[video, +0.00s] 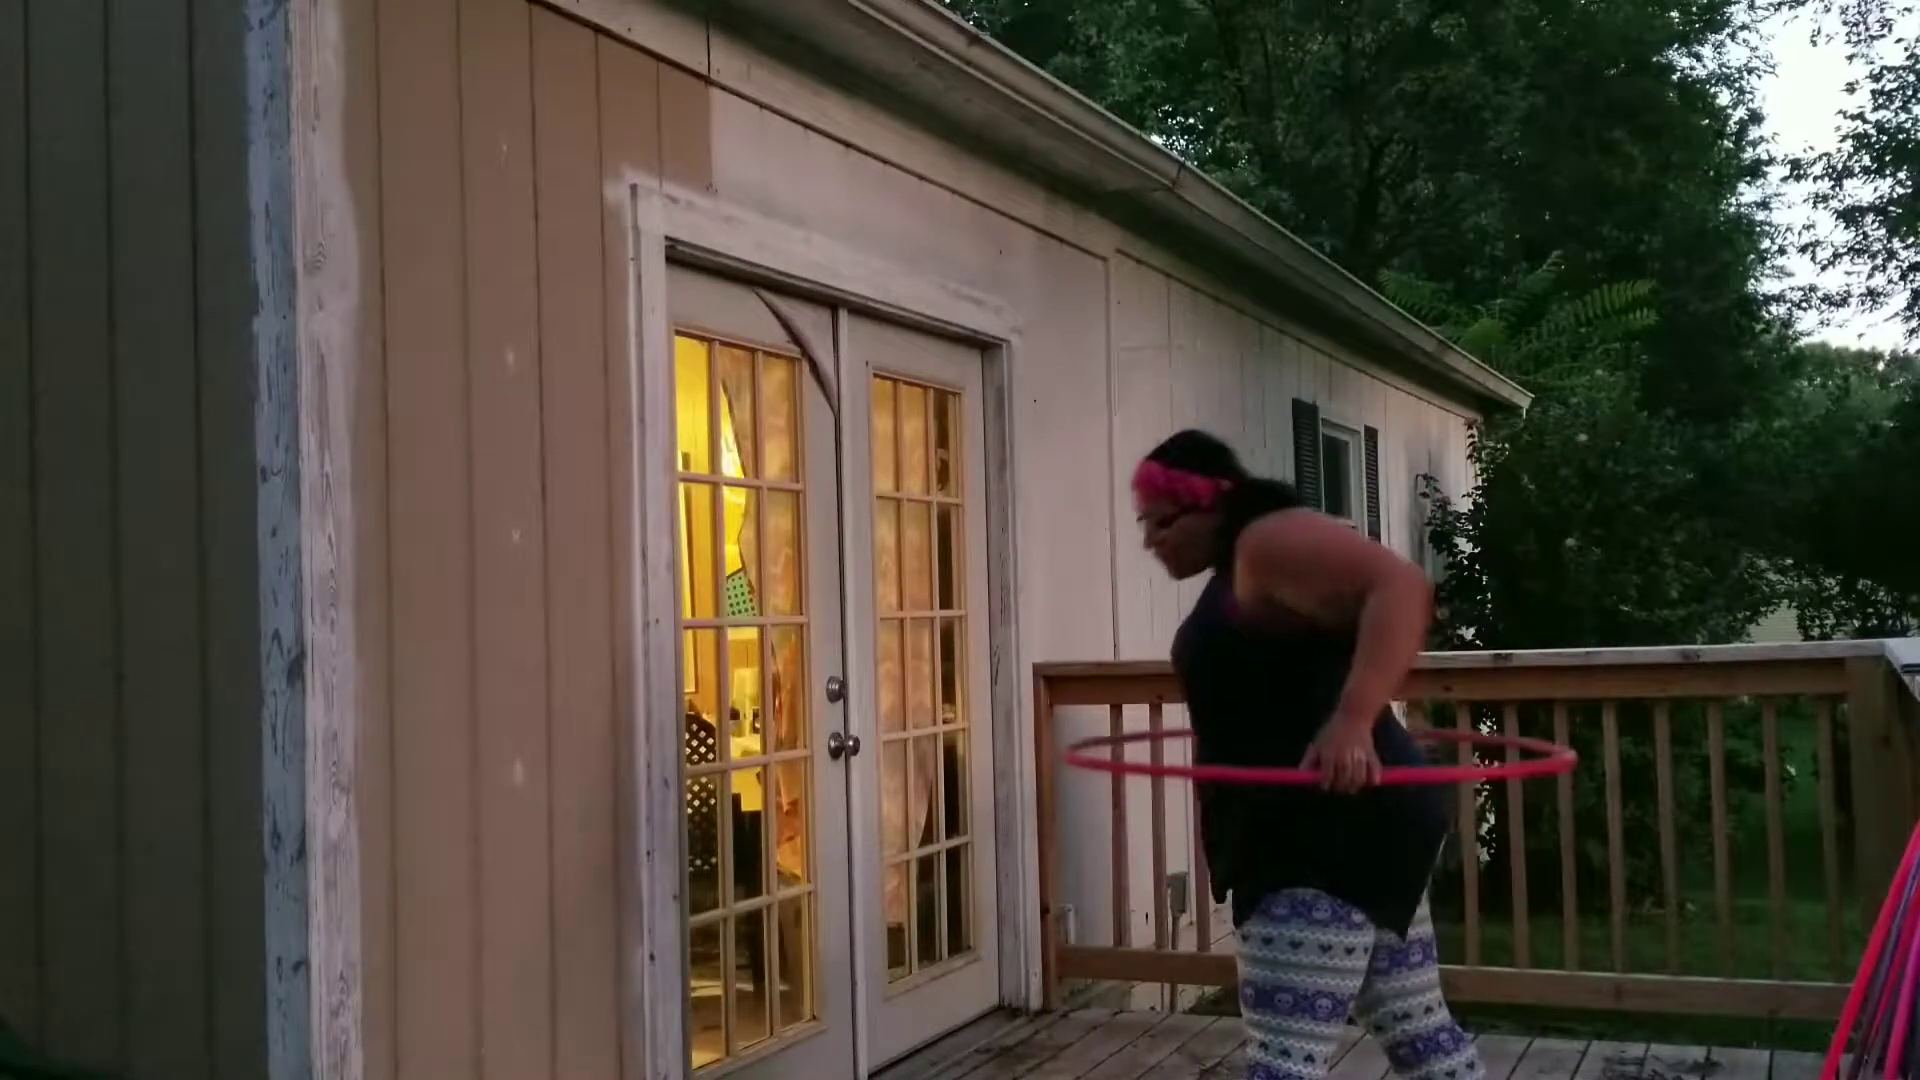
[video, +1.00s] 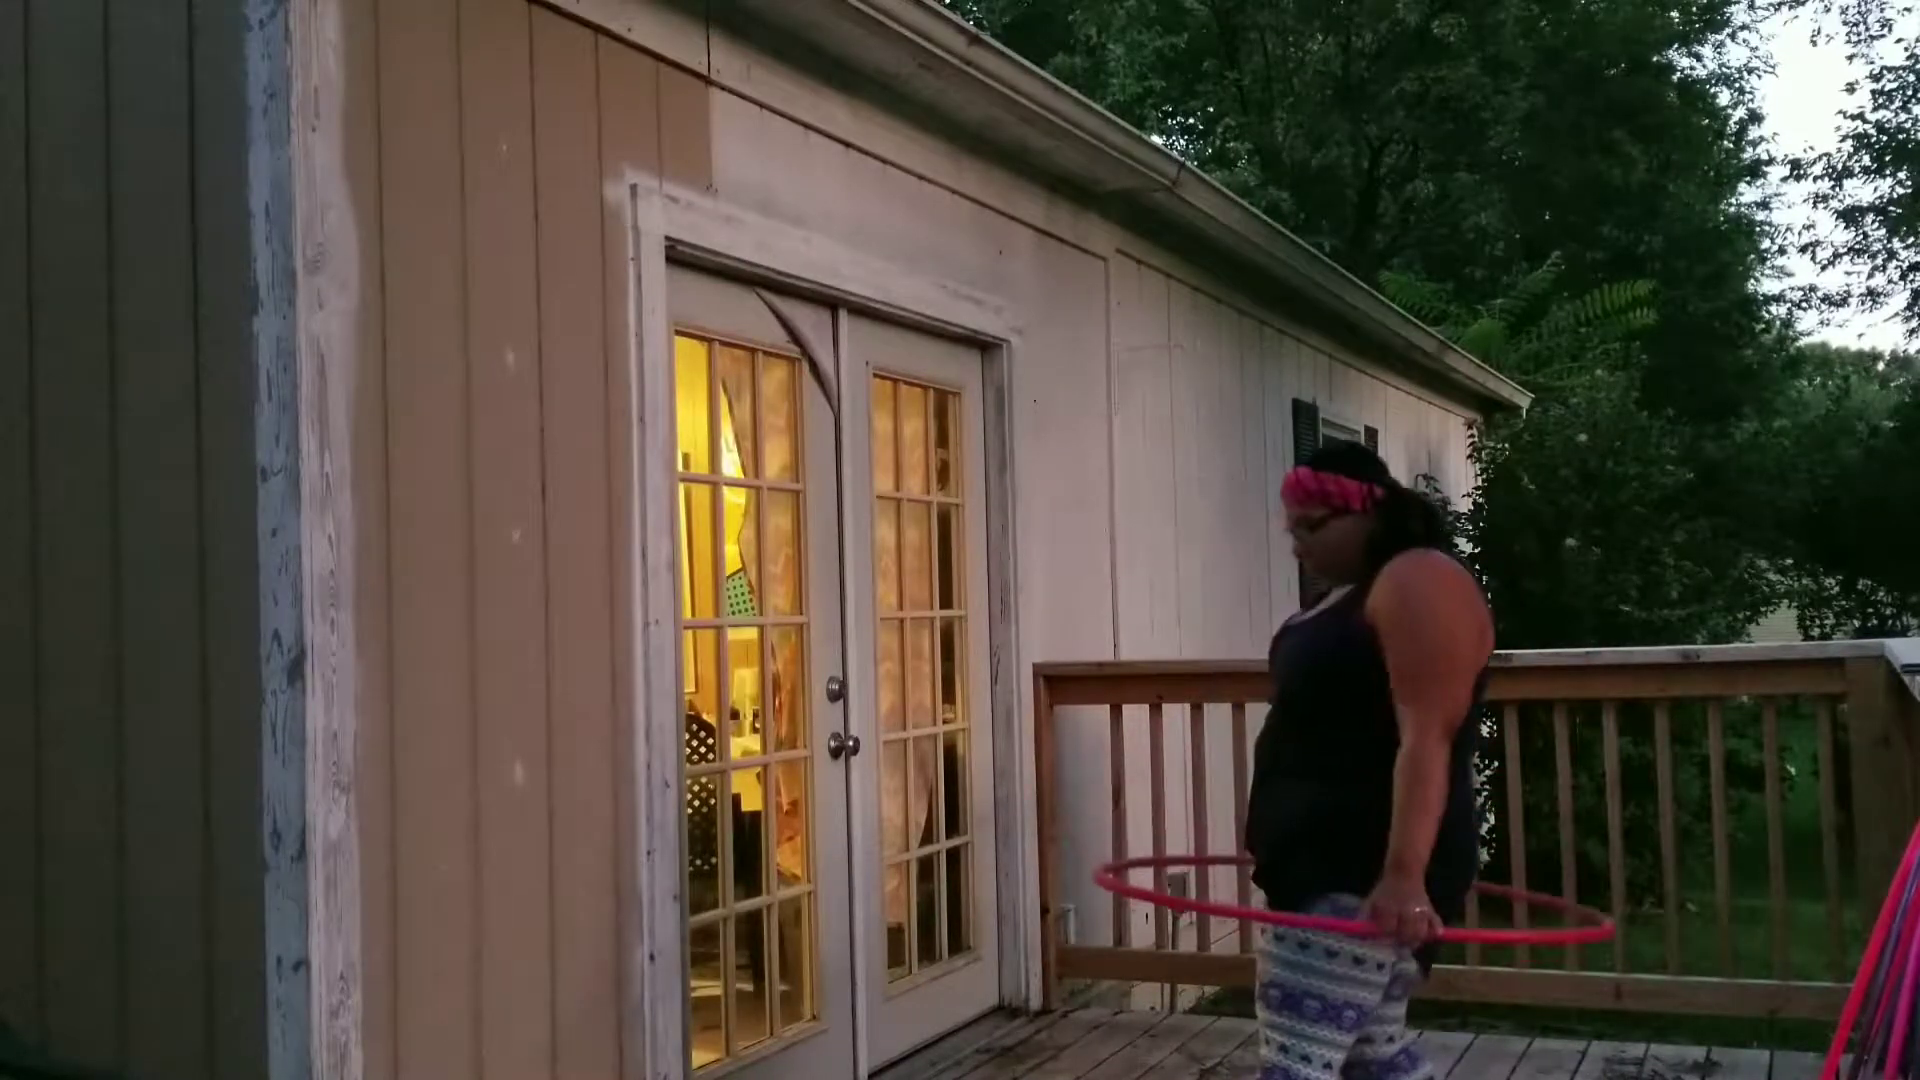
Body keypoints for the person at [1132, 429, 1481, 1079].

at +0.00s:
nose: (1149, 540)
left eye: (1158, 520)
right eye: (1145, 524)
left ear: (1208, 500)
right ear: (1206, 503)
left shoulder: (1268, 539)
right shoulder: (1239, 577)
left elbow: (1401, 585)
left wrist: (1354, 717)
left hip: (1318, 845)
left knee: (1281, 1061)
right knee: (1422, 1039)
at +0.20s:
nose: (1137, 597)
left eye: (1134, 577)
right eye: (1127, 584)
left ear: (1164, 543)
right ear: (1164, 545)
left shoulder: (1263, 557)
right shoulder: (1216, 614)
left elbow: (1400, 605)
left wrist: (1358, 739)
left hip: (1320, 852)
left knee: (1281, 1063)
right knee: (1418, 1045)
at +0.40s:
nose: (1160, 610)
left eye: (1157, 591)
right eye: (1150, 597)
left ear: (1183, 555)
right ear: (1184, 555)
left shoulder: (1281, 560)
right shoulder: (1232, 624)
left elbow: (1389, 657)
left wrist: (1362, 811)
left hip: (1330, 868)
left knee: (1284, 1063)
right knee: (1398, 1047)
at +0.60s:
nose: (1225, 592)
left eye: (1227, 571)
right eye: (1217, 578)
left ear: (1263, 538)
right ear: (1265, 542)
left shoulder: (1356, 565)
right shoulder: (1291, 605)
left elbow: (1375, 715)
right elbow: (1294, 746)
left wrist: (1380, 862)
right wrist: (1275, 878)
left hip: (1344, 883)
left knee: (1296, 1062)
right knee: (1388, 1051)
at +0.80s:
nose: (1285, 568)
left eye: (1294, 550)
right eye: (1279, 554)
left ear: (1341, 532)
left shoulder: (1406, 589)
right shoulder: (1350, 603)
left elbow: (1392, 743)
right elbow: (1328, 749)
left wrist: (1388, 885)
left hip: (1345, 892)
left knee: (1297, 1064)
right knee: (1377, 1057)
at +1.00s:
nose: (1299, 546)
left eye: (1310, 527)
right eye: (1294, 531)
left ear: (1365, 512)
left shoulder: (1421, 580)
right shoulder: (1346, 596)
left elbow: (1427, 737)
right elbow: (1318, 734)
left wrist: (1404, 874)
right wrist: (1274, 836)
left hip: (1354, 880)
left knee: (1297, 1061)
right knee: (1377, 1055)